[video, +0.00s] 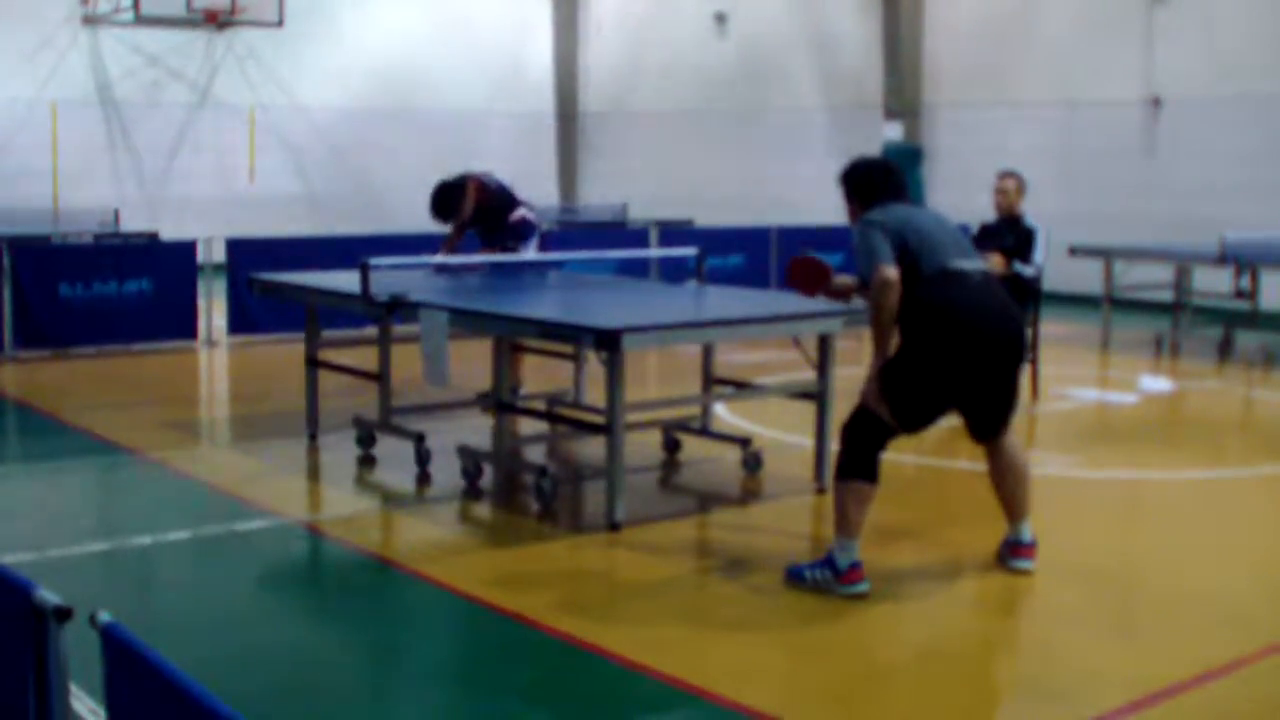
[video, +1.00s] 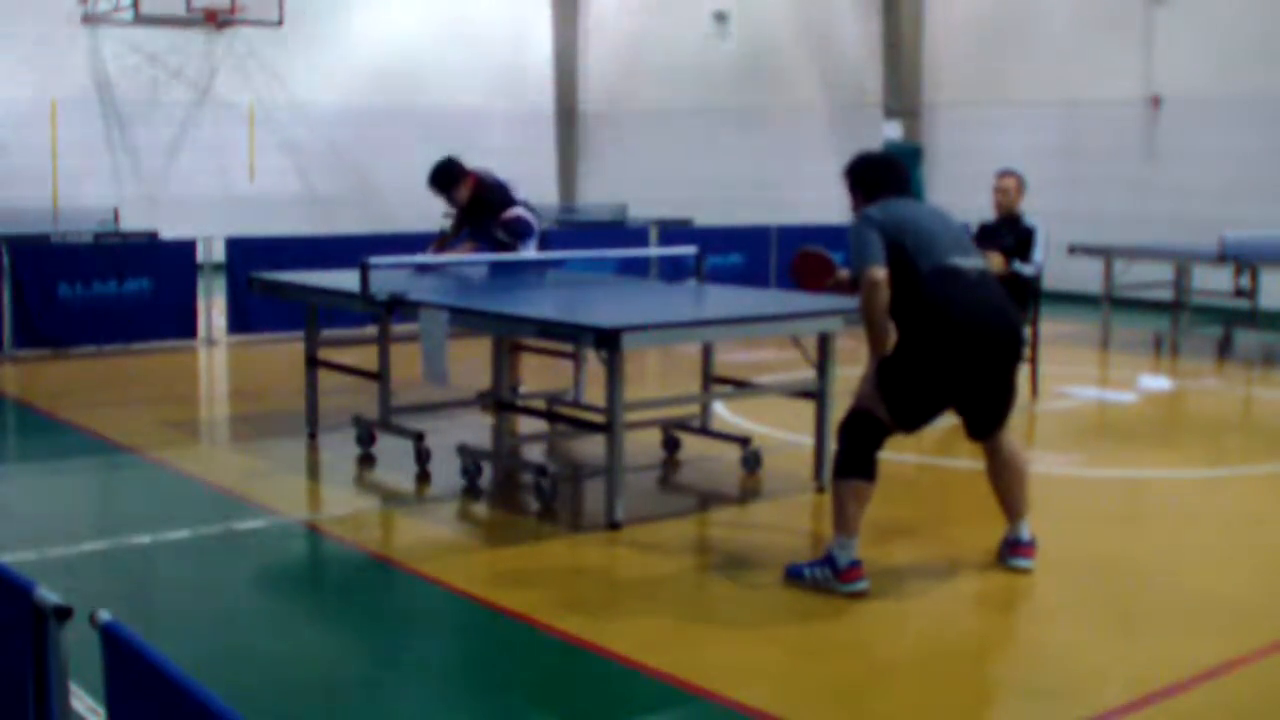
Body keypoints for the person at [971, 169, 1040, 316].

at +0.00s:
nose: (999, 199)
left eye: (1005, 193)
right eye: (997, 193)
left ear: (1019, 196)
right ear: (994, 194)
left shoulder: (1032, 232)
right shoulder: (986, 230)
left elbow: (1034, 271)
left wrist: (1008, 266)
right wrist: (987, 263)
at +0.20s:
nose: (1000, 199)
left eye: (1005, 193)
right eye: (998, 193)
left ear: (1019, 196)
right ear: (994, 194)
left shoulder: (1032, 232)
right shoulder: (985, 230)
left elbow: (1034, 270)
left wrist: (1008, 266)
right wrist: (986, 262)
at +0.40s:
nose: (1000, 199)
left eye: (1006, 193)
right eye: (998, 192)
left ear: (1019, 196)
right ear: (994, 194)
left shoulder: (1032, 232)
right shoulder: (985, 230)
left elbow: (1034, 270)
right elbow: (969, 260)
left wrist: (1008, 266)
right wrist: (986, 261)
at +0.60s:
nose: (1000, 199)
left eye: (1006, 193)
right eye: (998, 192)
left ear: (1019, 196)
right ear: (994, 194)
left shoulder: (1032, 232)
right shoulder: (985, 230)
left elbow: (1034, 270)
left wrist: (1008, 265)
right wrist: (986, 262)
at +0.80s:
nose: (1000, 199)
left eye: (1006, 193)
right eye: (998, 192)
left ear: (1019, 196)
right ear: (994, 193)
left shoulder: (1032, 230)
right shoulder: (985, 230)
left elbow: (1034, 269)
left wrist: (1008, 265)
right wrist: (986, 263)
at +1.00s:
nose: (1000, 199)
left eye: (1006, 193)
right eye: (997, 192)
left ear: (1019, 195)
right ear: (993, 193)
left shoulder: (1032, 230)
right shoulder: (985, 229)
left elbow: (1035, 269)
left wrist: (1008, 265)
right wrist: (986, 261)